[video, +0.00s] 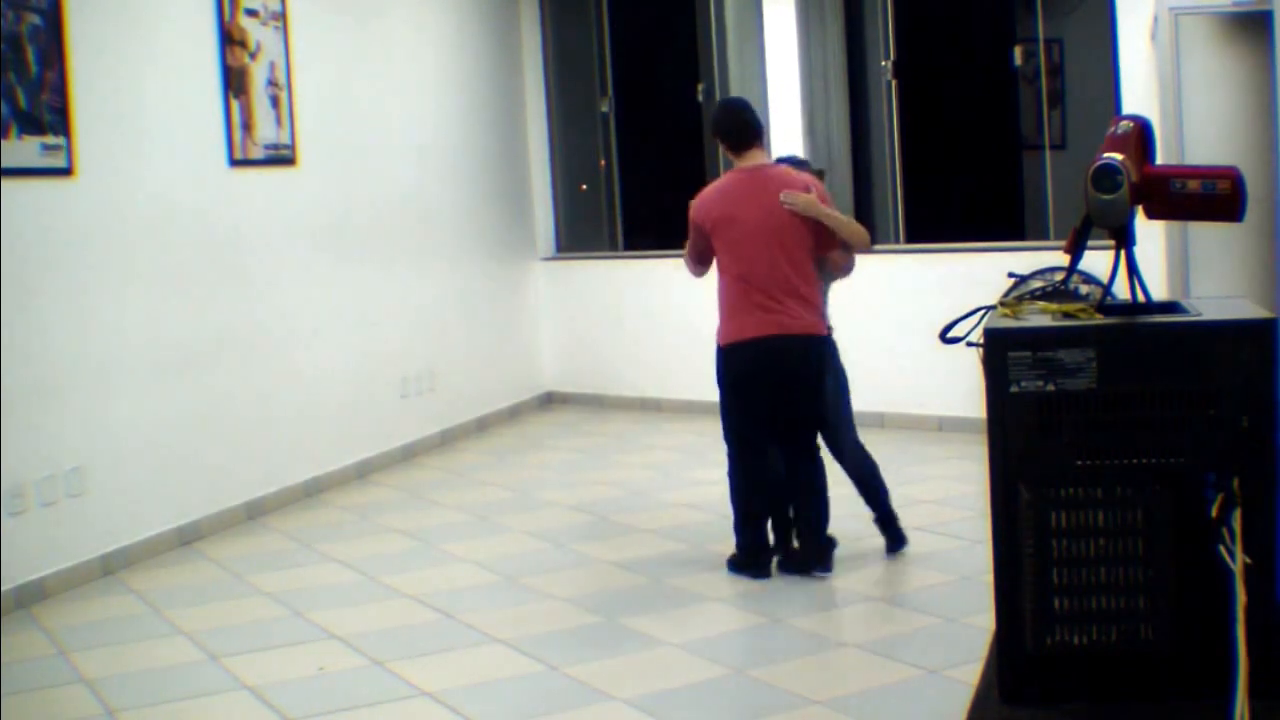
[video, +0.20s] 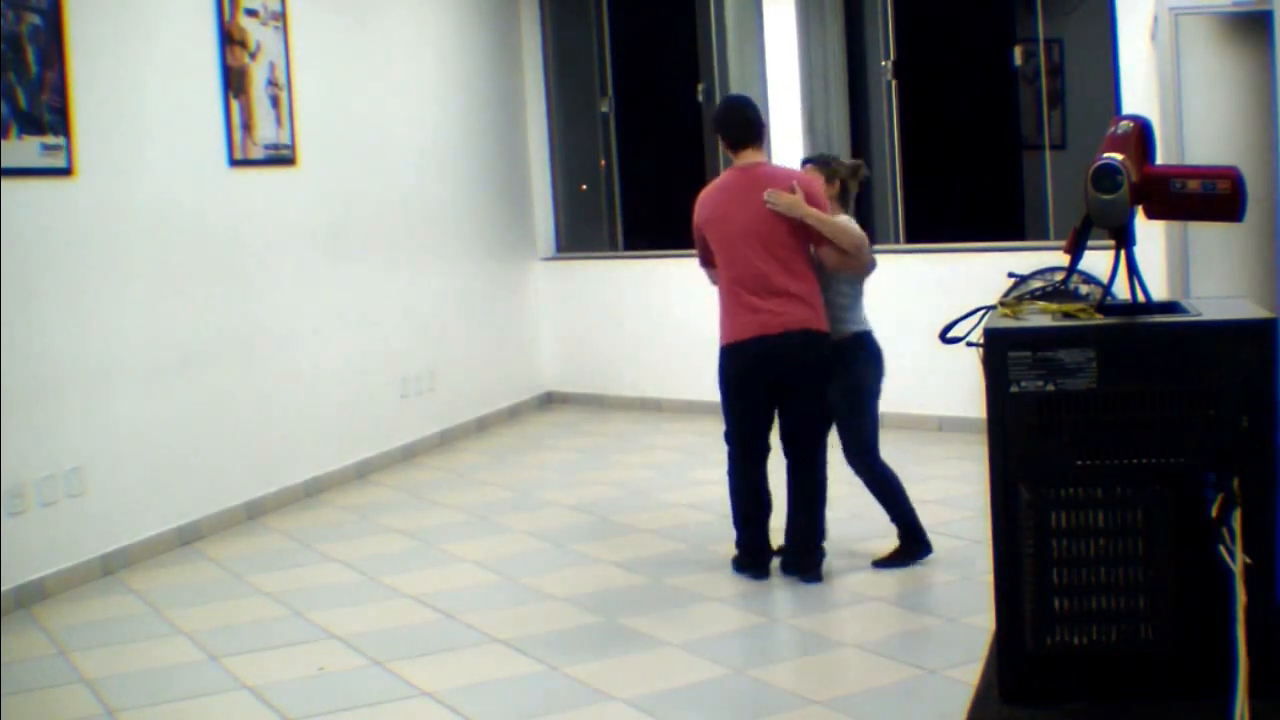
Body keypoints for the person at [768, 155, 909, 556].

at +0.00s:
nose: (796, 192)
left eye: (804, 183)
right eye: (787, 186)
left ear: (815, 187)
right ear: (773, 189)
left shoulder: (819, 224)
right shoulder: (761, 227)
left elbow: (862, 240)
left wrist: (818, 209)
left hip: (815, 343)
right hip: (772, 347)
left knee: (843, 443)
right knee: (777, 447)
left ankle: (888, 522)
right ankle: (784, 537)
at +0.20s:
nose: (803, 188)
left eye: (810, 181)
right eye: (801, 181)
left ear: (832, 187)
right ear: (817, 189)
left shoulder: (843, 224)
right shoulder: (802, 231)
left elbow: (858, 247)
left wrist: (802, 211)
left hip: (853, 350)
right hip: (816, 352)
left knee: (861, 455)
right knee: (806, 453)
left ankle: (913, 538)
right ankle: (804, 541)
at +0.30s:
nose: (814, 195)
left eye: (819, 187)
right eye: (812, 187)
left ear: (841, 189)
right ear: (829, 190)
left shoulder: (854, 228)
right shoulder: (824, 235)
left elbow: (849, 245)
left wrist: (795, 212)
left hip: (873, 352)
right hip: (846, 354)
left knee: (866, 453)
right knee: (827, 441)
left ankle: (916, 542)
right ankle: (850, 531)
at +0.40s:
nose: (821, 198)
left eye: (826, 190)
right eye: (820, 190)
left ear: (849, 190)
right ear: (851, 194)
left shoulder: (862, 229)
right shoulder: (867, 232)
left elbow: (843, 247)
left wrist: (790, 219)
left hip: (879, 352)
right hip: (882, 352)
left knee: (867, 448)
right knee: (864, 447)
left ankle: (916, 541)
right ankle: (910, 534)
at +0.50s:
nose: (828, 195)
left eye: (832, 187)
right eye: (828, 188)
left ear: (852, 188)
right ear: (864, 190)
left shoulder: (860, 224)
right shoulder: (885, 231)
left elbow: (847, 245)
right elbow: (877, 297)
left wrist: (791, 216)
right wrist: (831, 318)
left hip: (880, 352)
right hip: (910, 351)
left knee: (879, 451)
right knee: (897, 446)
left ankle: (919, 542)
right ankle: (952, 519)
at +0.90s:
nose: (833, 192)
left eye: (838, 184)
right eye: (833, 183)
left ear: (861, 185)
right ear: (875, 186)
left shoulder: (855, 221)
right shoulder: (907, 226)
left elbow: (836, 240)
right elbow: (912, 280)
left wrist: (777, 215)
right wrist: (854, 289)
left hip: (868, 351)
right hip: (915, 348)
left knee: (838, 442)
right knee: (932, 446)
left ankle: (858, 535)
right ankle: (959, 543)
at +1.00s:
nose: (826, 195)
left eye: (830, 186)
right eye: (825, 187)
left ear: (853, 188)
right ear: (867, 190)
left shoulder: (846, 225)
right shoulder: (895, 234)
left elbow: (828, 245)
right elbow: (880, 280)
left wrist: (773, 215)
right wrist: (834, 289)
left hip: (853, 354)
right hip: (898, 352)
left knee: (827, 447)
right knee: (922, 448)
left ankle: (831, 537)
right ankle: (958, 542)